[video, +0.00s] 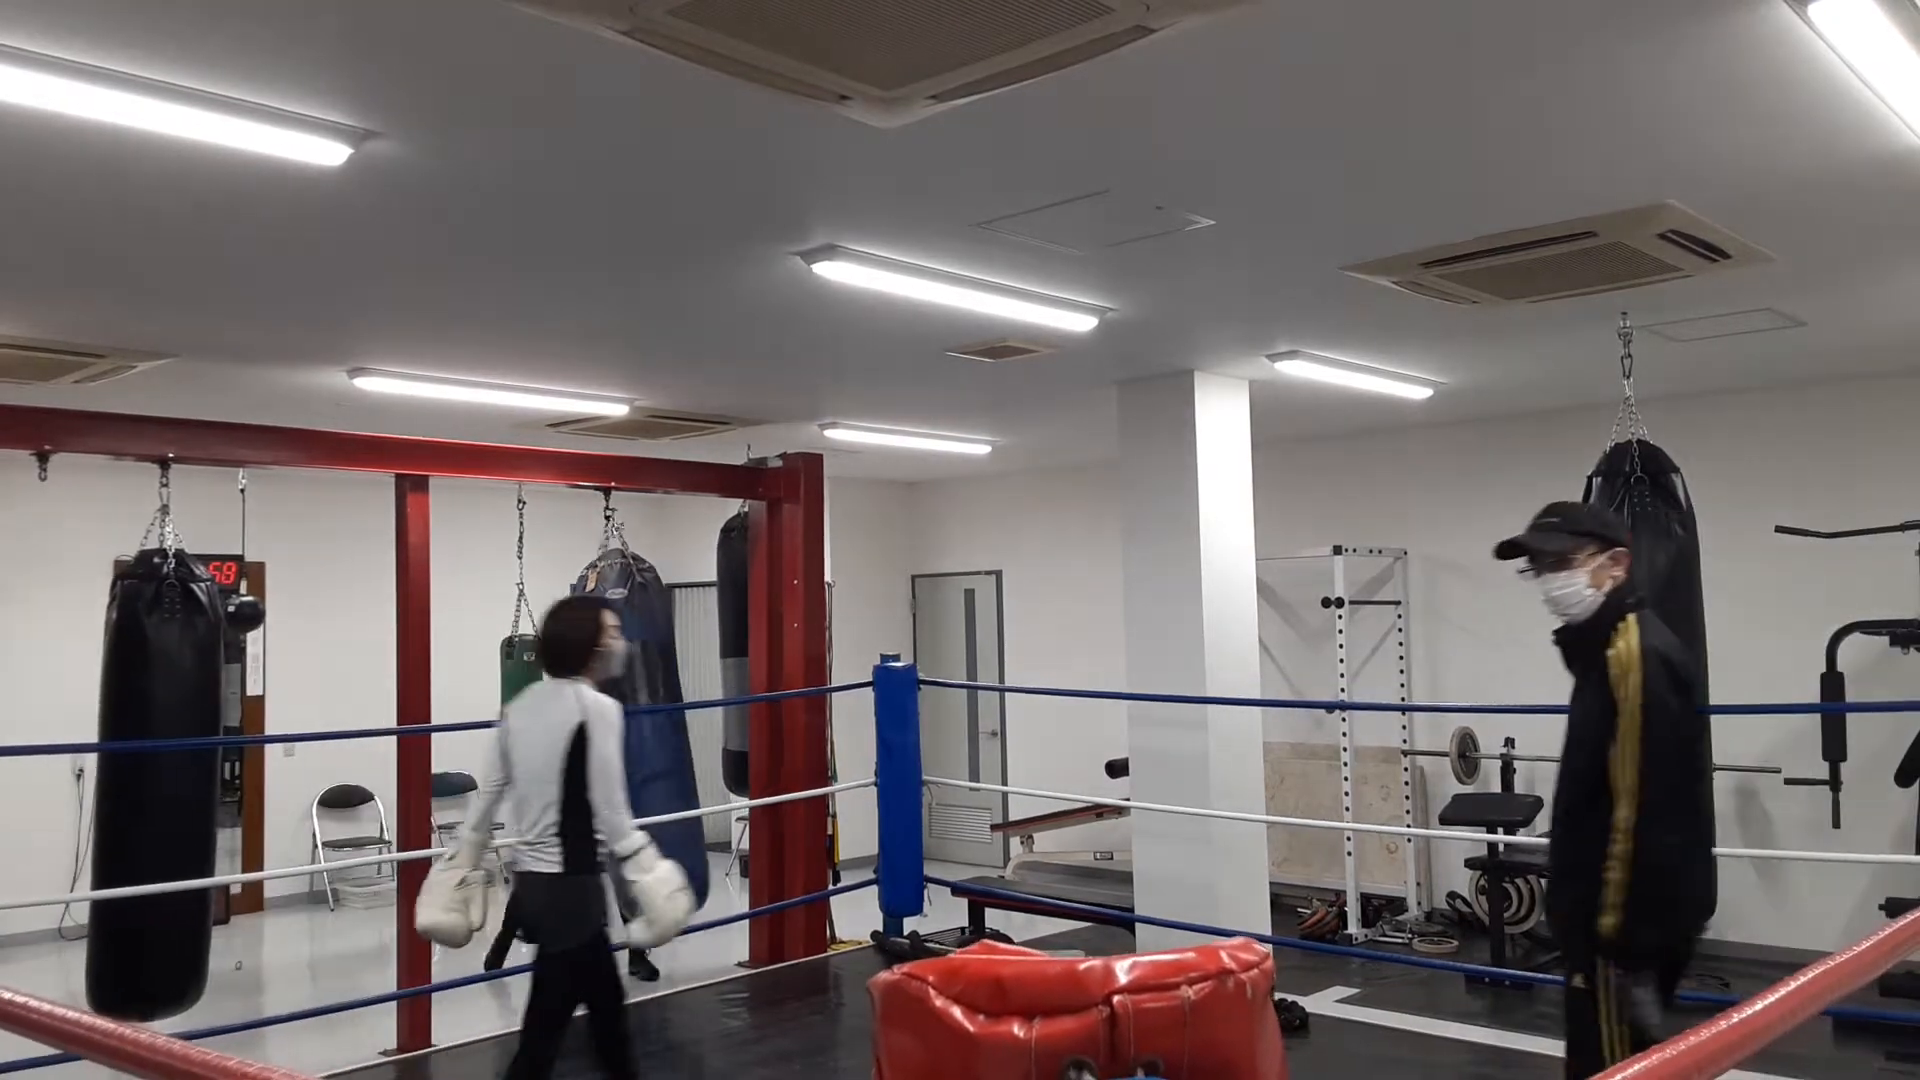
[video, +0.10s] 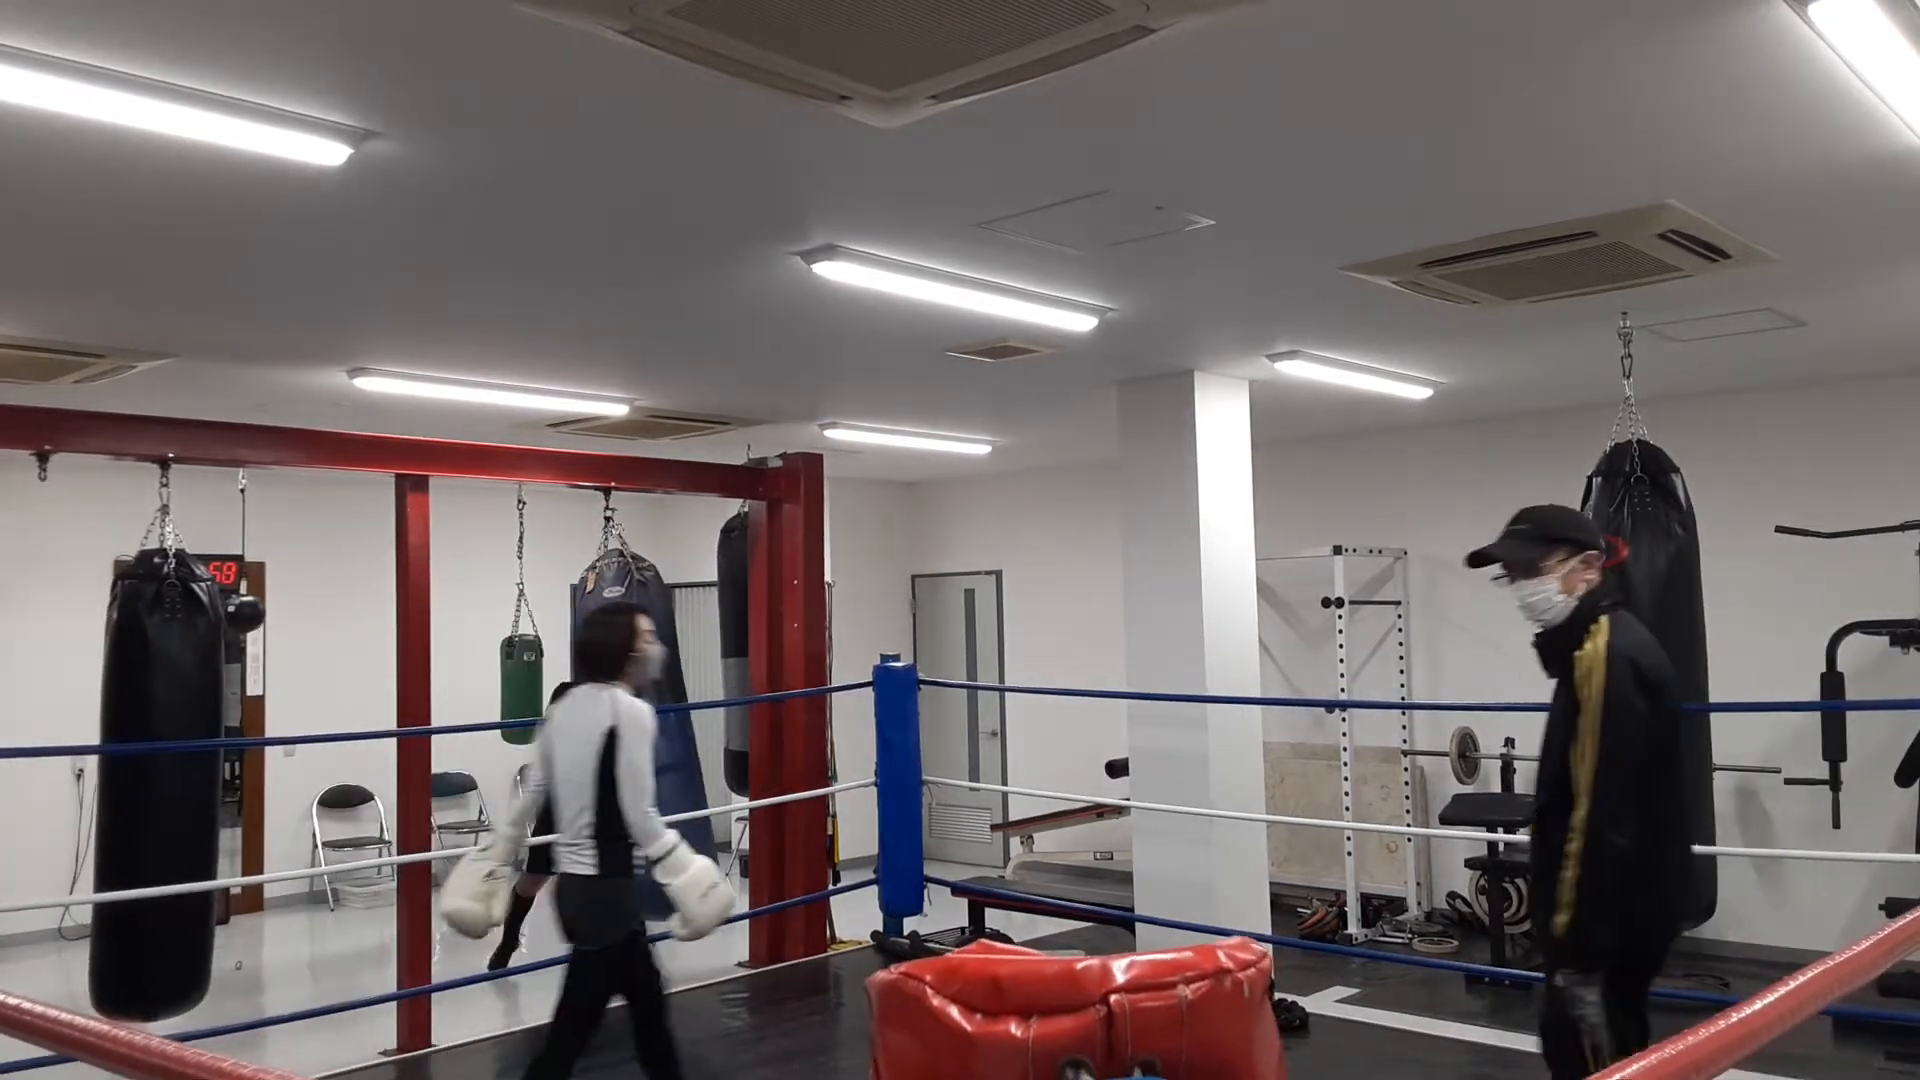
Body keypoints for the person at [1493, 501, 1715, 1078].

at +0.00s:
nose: (1549, 583)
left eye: (1562, 565)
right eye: (1543, 570)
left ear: (1614, 567)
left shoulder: (1637, 652)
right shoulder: (1608, 648)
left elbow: (1639, 805)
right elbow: (1610, 801)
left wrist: (1621, 949)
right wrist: (1585, 931)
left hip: (1622, 940)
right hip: (1600, 934)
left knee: (1614, 1069)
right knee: (1597, 1065)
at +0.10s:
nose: (1520, 590)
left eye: (1530, 573)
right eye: (1515, 578)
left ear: (1581, 568)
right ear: (1576, 573)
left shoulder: (1608, 651)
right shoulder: (1597, 646)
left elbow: (1599, 808)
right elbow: (1594, 806)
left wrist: (1575, 953)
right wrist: (1573, 940)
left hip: (1607, 932)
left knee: (1583, 1053)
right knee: (1604, 1054)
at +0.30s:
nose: (1467, 583)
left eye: (1476, 569)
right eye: (1466, 571)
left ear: (1516, 572)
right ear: (1521, 573)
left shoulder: (1536, 651)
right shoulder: (1576, 640)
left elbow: (1520, 803)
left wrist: (1489, 942)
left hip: (1545, 919)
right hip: (1583, 902)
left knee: (1552, 1061)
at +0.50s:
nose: (1428, 590)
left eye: (1434, 576)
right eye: (1426, 578)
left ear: (1467, 578)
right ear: (1477, 578)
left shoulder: (1492, 656)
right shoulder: (1530, 649)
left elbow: (1478, 805)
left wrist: (1445, 934)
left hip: (1518, 917)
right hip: (1549, 904)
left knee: (1548, 1062)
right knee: (1498, 1063)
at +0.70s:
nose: (1375, 591)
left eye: (1382, 579)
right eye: (1375, 580)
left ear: (1413, 582)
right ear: (1422, 582)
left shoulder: (1433, 654)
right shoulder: (1457, 647)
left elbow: (1431, 790)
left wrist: (1419, 908)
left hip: (1461, 904)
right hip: (1476, 897)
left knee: (1482, 1049)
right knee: (1446, 1051)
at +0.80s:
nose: (1352, 591)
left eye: (1357, 578)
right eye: (1352, 580)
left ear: (1389, 575)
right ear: (1400, 576)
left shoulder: (1403, 644)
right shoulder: (1443, 641)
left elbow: (1399, 778)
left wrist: (1395, 896)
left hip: (1427, 890)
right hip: (1465, 883)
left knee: (1427, 1038)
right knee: (1450, 1035)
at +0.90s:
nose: (1329, 591)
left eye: (1335, 576)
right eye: (1329, 578)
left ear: (1368, 573)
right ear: (1378, 575)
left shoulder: (1379, 635)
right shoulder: (1424, 638)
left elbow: (1374, 765)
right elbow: (1439, 774)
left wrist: (1359, 883)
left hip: (1401, 880)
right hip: (1443, 873)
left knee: (1388, 1032)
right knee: (1434, 1028)